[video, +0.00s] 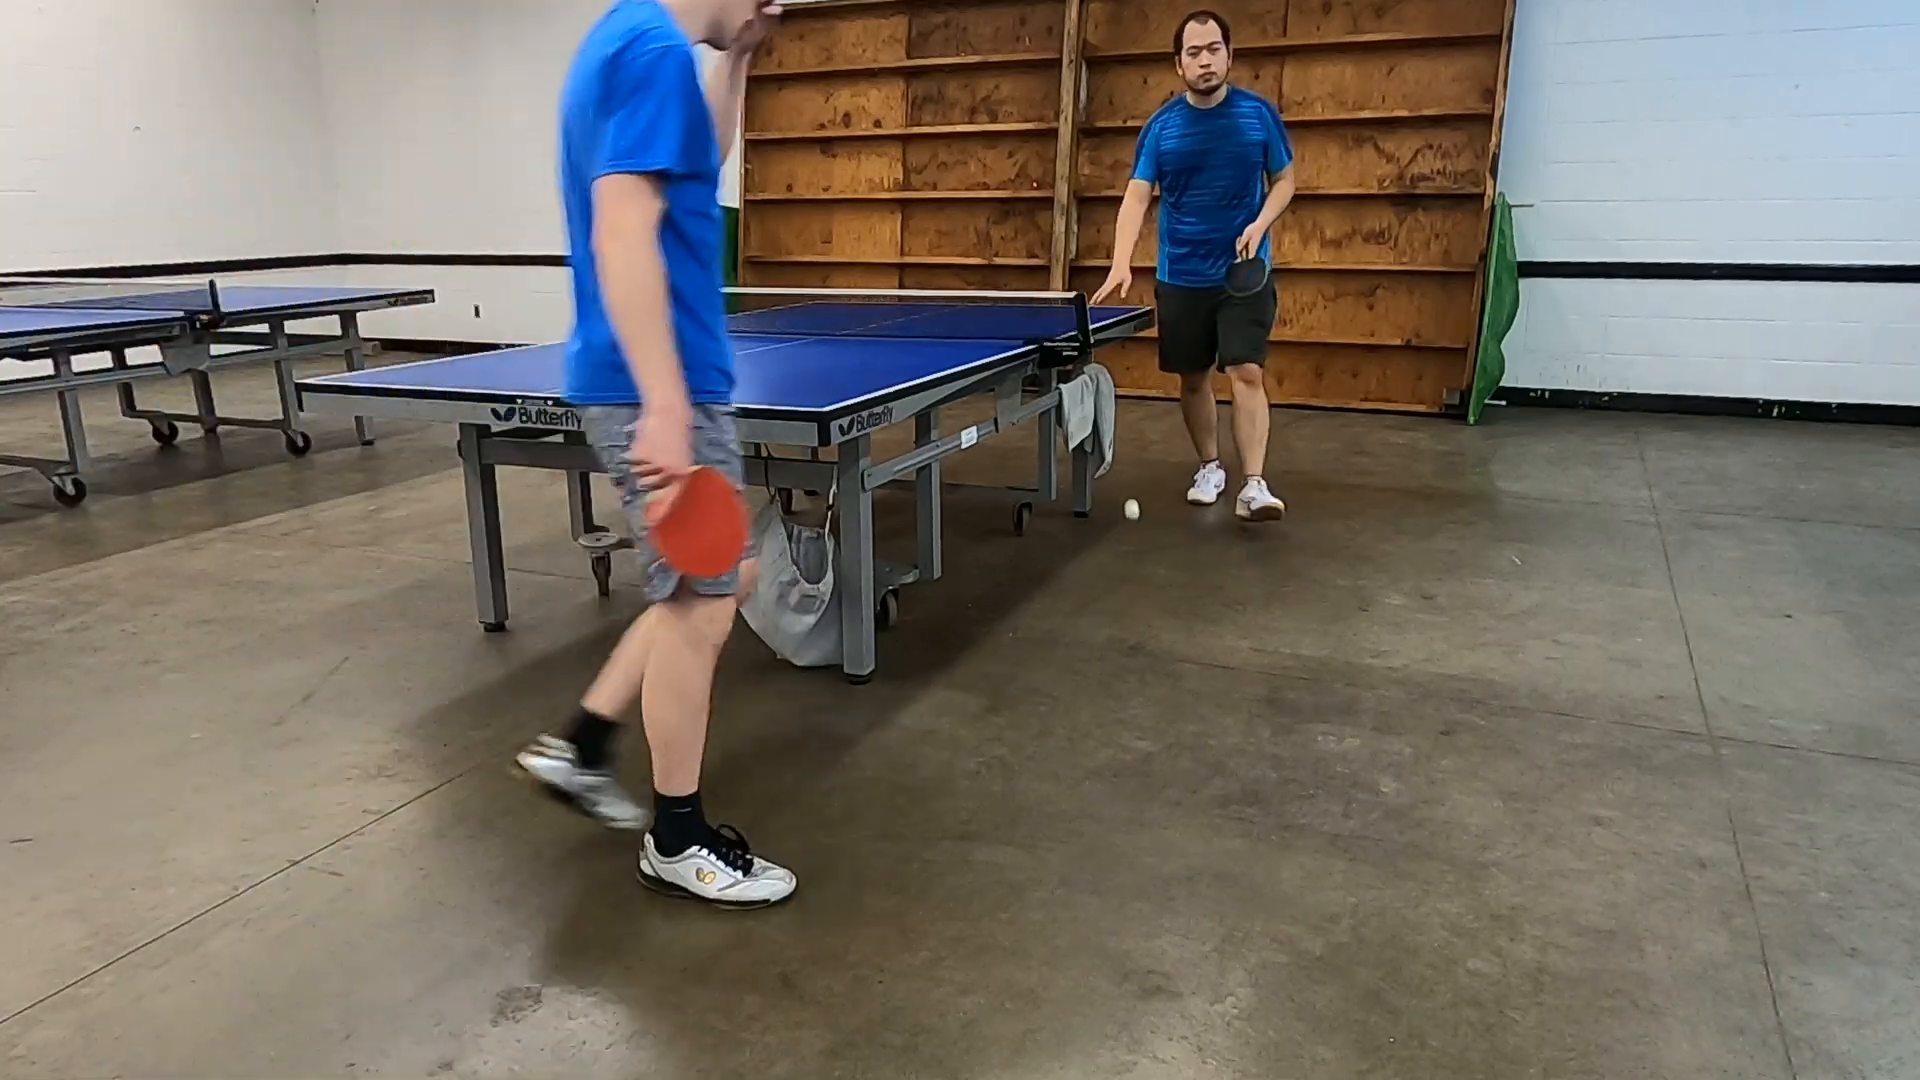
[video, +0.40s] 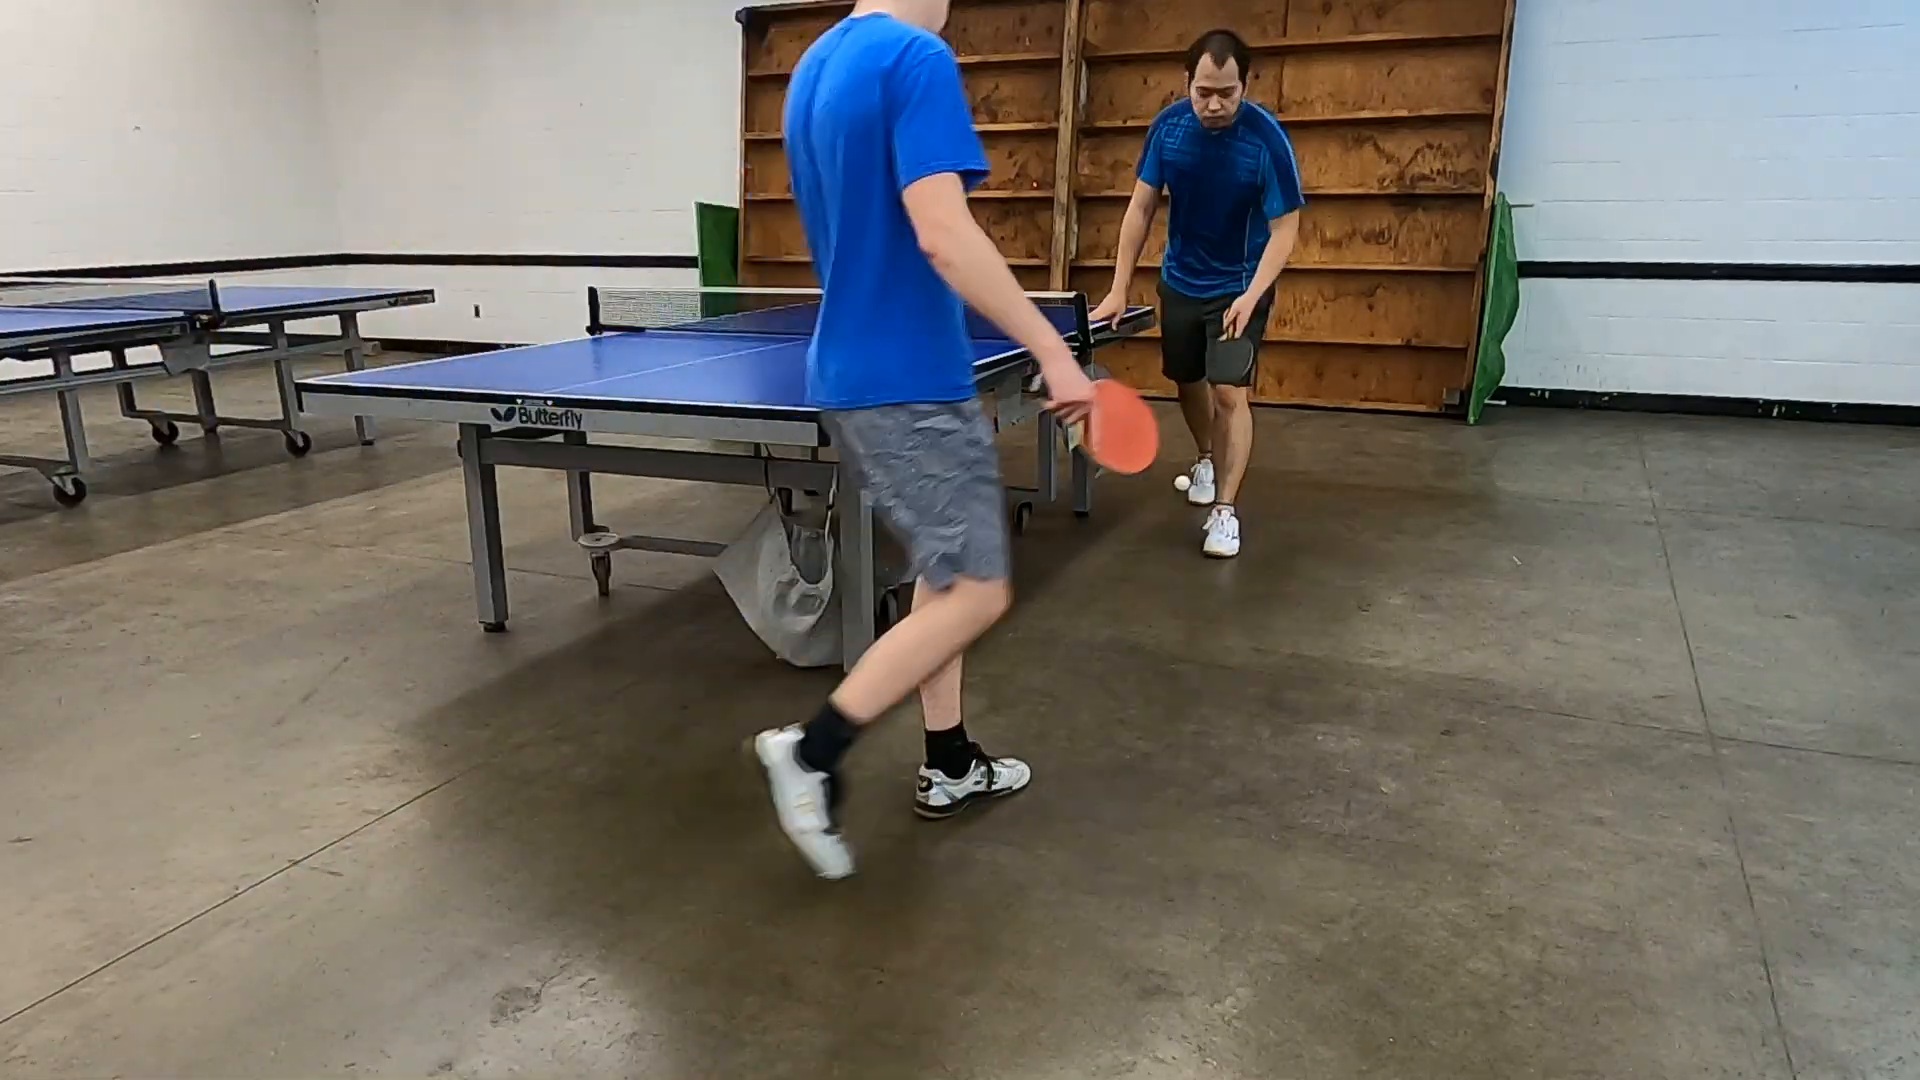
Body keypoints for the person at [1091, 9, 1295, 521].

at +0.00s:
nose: (1205, 60)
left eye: (1213, 48)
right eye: (1194, 52)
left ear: (1229, 54)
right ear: (1179, 63)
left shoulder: (1259, 115)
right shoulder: (1161, 127)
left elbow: (1284, 180)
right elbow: (1136, 199)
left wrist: (1261, 223)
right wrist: (1121, 264)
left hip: (1244, 268)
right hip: (1180, 275)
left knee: (1247, 370)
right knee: (1194, 378)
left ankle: (1254, 483)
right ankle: (1209, 468)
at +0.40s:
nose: (1211, 104)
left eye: (1224, 93)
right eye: (1202, 91)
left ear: (1246, 83)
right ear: (1188, 81)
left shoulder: (1268, 140)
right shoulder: (1169, 127)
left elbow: (1285, 227)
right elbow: (1140, 207)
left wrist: (1252, 296)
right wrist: (1119, 288)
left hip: (1240, 287)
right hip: (1180, 283)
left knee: (1228, 393)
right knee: (1188, 384)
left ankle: (1226, 508)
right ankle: (1207, 460)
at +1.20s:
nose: (1197, 229)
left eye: (1210, 218)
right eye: (1189, 218)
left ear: (1233, 202)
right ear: (1176, 202)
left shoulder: (1265, 234)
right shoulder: (1168, 211)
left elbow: (1282, 332)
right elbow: (1141, 245)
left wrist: (1259, 393)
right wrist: (1125, 298)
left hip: (1249, 302)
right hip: (1198, 293)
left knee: (1237, 400)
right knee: (1193, 371)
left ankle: (1224, 512)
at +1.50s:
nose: (1217, 155)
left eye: (1231, 143)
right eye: (1207, 141)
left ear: (1251, 134)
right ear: (1191, 129)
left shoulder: (1273, 189)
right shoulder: (1176, 155)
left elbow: (1272, 298)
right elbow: (1149, 226)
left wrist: (1262, 389)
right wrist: (1123, 296)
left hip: (1250, 299)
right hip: (1198, 283)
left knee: (1236, 402)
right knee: (1211, 354)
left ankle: (1226, 509)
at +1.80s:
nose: (1231, 80)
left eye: (1245, 69)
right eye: (1221, 67)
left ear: (1262, 75)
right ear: (1203, 69)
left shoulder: (1281, 146)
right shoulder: (1184, 122)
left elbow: (1285, 251)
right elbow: (1148, 205)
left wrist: (1269, 338)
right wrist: (1113, 281)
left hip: (1251, 288)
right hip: (1192, 277)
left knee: (1235, 399)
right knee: (1195, 366)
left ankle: (1225, 506)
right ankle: (1232, 442)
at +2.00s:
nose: (1237, 45)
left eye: (1249, 35)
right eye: (1226, 33)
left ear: (1262, 49)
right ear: (1204, 45)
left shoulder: (1281, 122)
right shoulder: (1182, 113)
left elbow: (1284, 224)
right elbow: (1150, 201)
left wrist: (1279, 312)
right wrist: (1116, 285)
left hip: (1248, 285)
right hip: (1187, 276)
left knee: (1231, 399)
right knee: (1184, 376)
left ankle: (1227, 508)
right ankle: (1208, 463)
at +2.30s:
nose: (1223, 39)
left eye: (1233, 32)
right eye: (1212, 32)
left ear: (1247, 51)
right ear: (1193, 52)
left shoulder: (1268, 112)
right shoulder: (1176, 124)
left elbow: (1285, 192)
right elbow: (1146, 202)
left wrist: (1278, 266)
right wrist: (1115, 275)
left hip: (1243, 280)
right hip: (1183, 277)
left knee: (1231, 391)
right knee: (1188, 384)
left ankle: (1228, 504)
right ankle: (1208, 472)